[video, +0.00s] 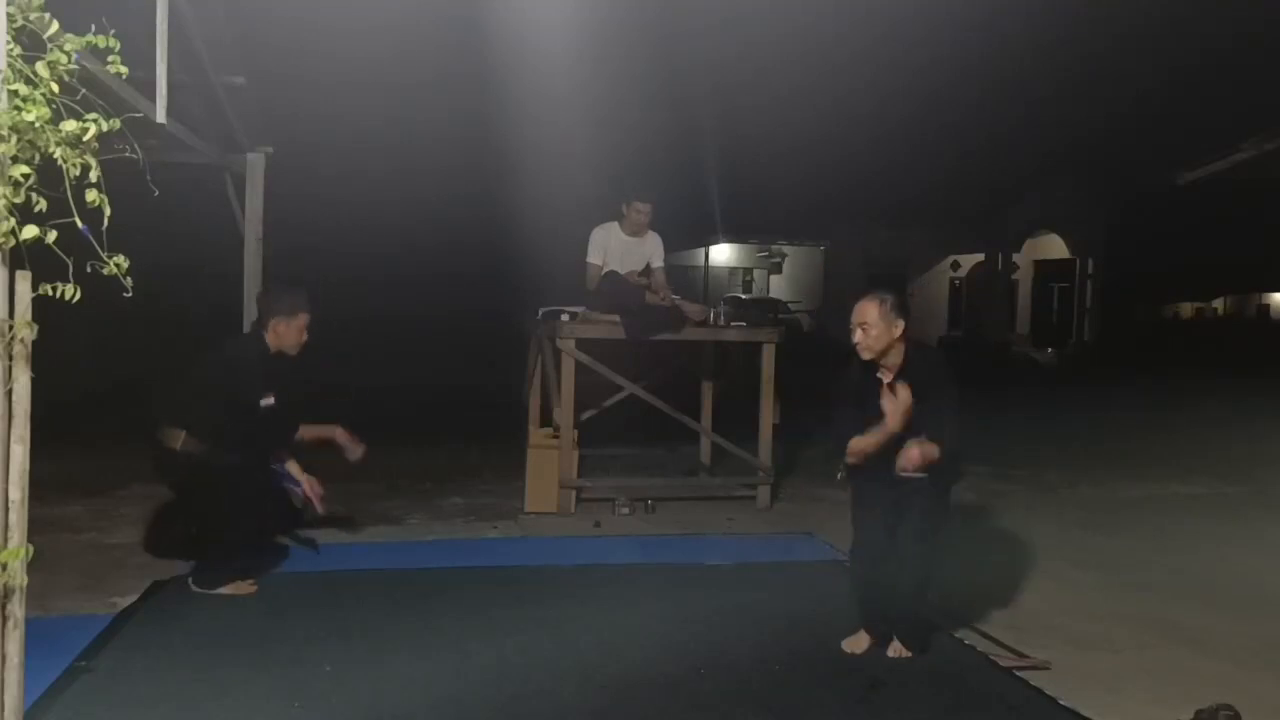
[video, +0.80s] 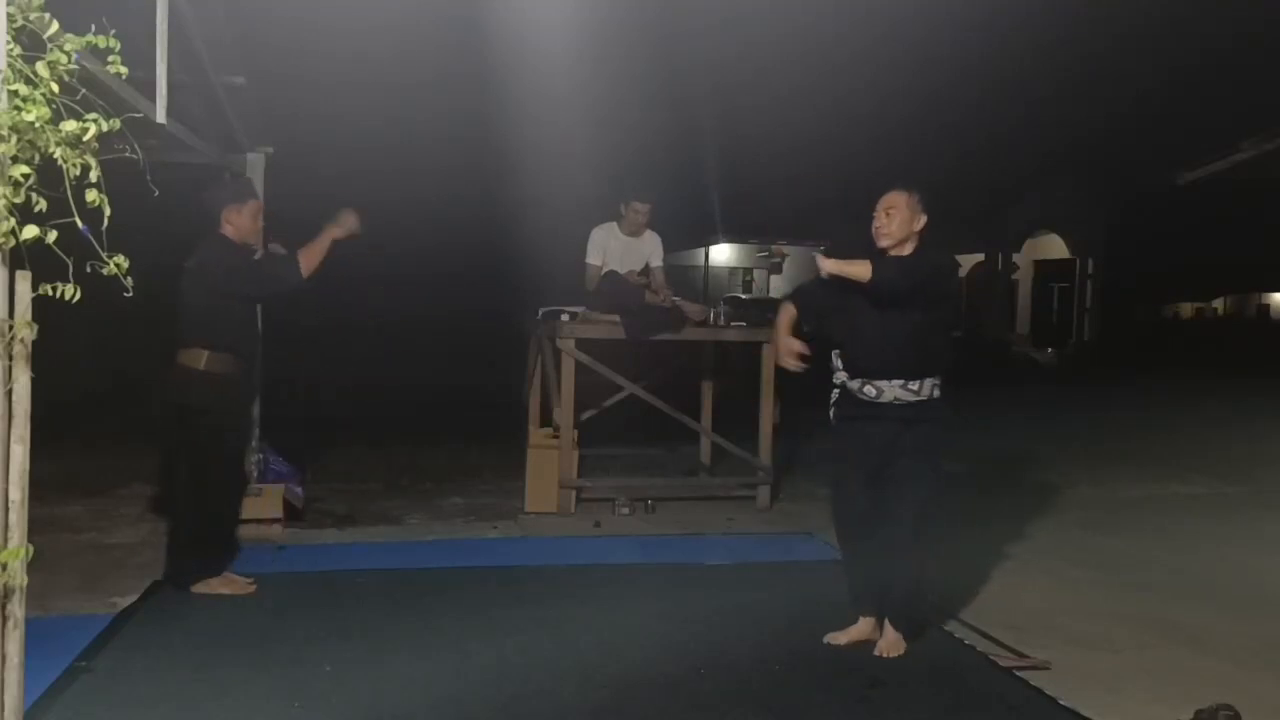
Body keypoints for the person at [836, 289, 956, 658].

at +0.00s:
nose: (857, 338)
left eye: (866, 327)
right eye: (854, 328)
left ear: (897, 328)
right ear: (851, 330)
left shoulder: (930, 369)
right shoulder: (855, 375)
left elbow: (949, 438)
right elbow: (848, 452)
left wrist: (924, 454)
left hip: (919, 484)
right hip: (869, 482)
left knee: (913, 557)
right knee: (868, 552)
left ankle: (909, 633)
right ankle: (871, 626)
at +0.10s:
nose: (862, 336)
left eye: (872, 327)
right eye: (859, 327)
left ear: (902, 330)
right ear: (856, 330)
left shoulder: (929, 367)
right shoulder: (855, 375)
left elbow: (947, 409)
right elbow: (837, 451)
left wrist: (897, 385)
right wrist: (880, 484)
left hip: (920, 478)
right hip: (868, 477)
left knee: (913, 556)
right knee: (867, 553)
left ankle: (909, 630)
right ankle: (871, 627)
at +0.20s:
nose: (874, 311)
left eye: (883, 302)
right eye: (869, 303)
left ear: (911, 306)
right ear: (863, 307)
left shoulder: (937, 343)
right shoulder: (856, 352)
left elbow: (922, 362)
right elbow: (821, 423)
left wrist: (863, 325)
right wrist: (819, 493)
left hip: (922, 472)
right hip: (869, 467)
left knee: (915, 554)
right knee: (868, 551)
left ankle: (908, 630)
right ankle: (872, 626)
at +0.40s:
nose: (875, 233)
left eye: (886, 225)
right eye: (873, 226)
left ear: (916, 234)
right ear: (869, 235)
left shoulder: (939, 278)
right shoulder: (858, 284)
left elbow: (907, 296)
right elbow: (798, 298)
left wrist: (842, 287)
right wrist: (734, 288)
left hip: (922, 421)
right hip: (864, 418)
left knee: (912, 523)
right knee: (864, 521)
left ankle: (901, 623)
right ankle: (868, 619)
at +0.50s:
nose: (878, 218)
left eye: (889, 211)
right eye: (876, 211)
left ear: (917, 221)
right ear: (872, 219)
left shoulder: (936, 265)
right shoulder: (859, 264)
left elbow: (897, 289)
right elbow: (786, 276)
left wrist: (829, 286)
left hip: (917, 408)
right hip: (862, 405)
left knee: (906, 511)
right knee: (863, 509)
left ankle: (899, 618)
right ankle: (869, 613)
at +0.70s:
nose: (880, 220)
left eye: (892, 212)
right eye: (878, 213)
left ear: (921, 222)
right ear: (876, 223)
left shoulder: (939, 269)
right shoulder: (864, 272)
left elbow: (898, 281)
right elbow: (804, 281)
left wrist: (837, 274)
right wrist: (760, 247)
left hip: (914, 413)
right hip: (859, 410)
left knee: (904, 516)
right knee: (857, 512)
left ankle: (896, 622)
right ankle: (868, 616)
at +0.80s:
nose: (879, 220)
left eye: (891, 212)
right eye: (877, 214)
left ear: (920, 221)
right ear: (874, 223)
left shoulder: (939, 267)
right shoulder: (857, 271)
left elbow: (896, 277)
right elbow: (800, 299)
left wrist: (833, 267)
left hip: (915, 413)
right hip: (856, 410)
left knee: (905, 516)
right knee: (853, 513)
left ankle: (896, 623)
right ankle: (867, 615)